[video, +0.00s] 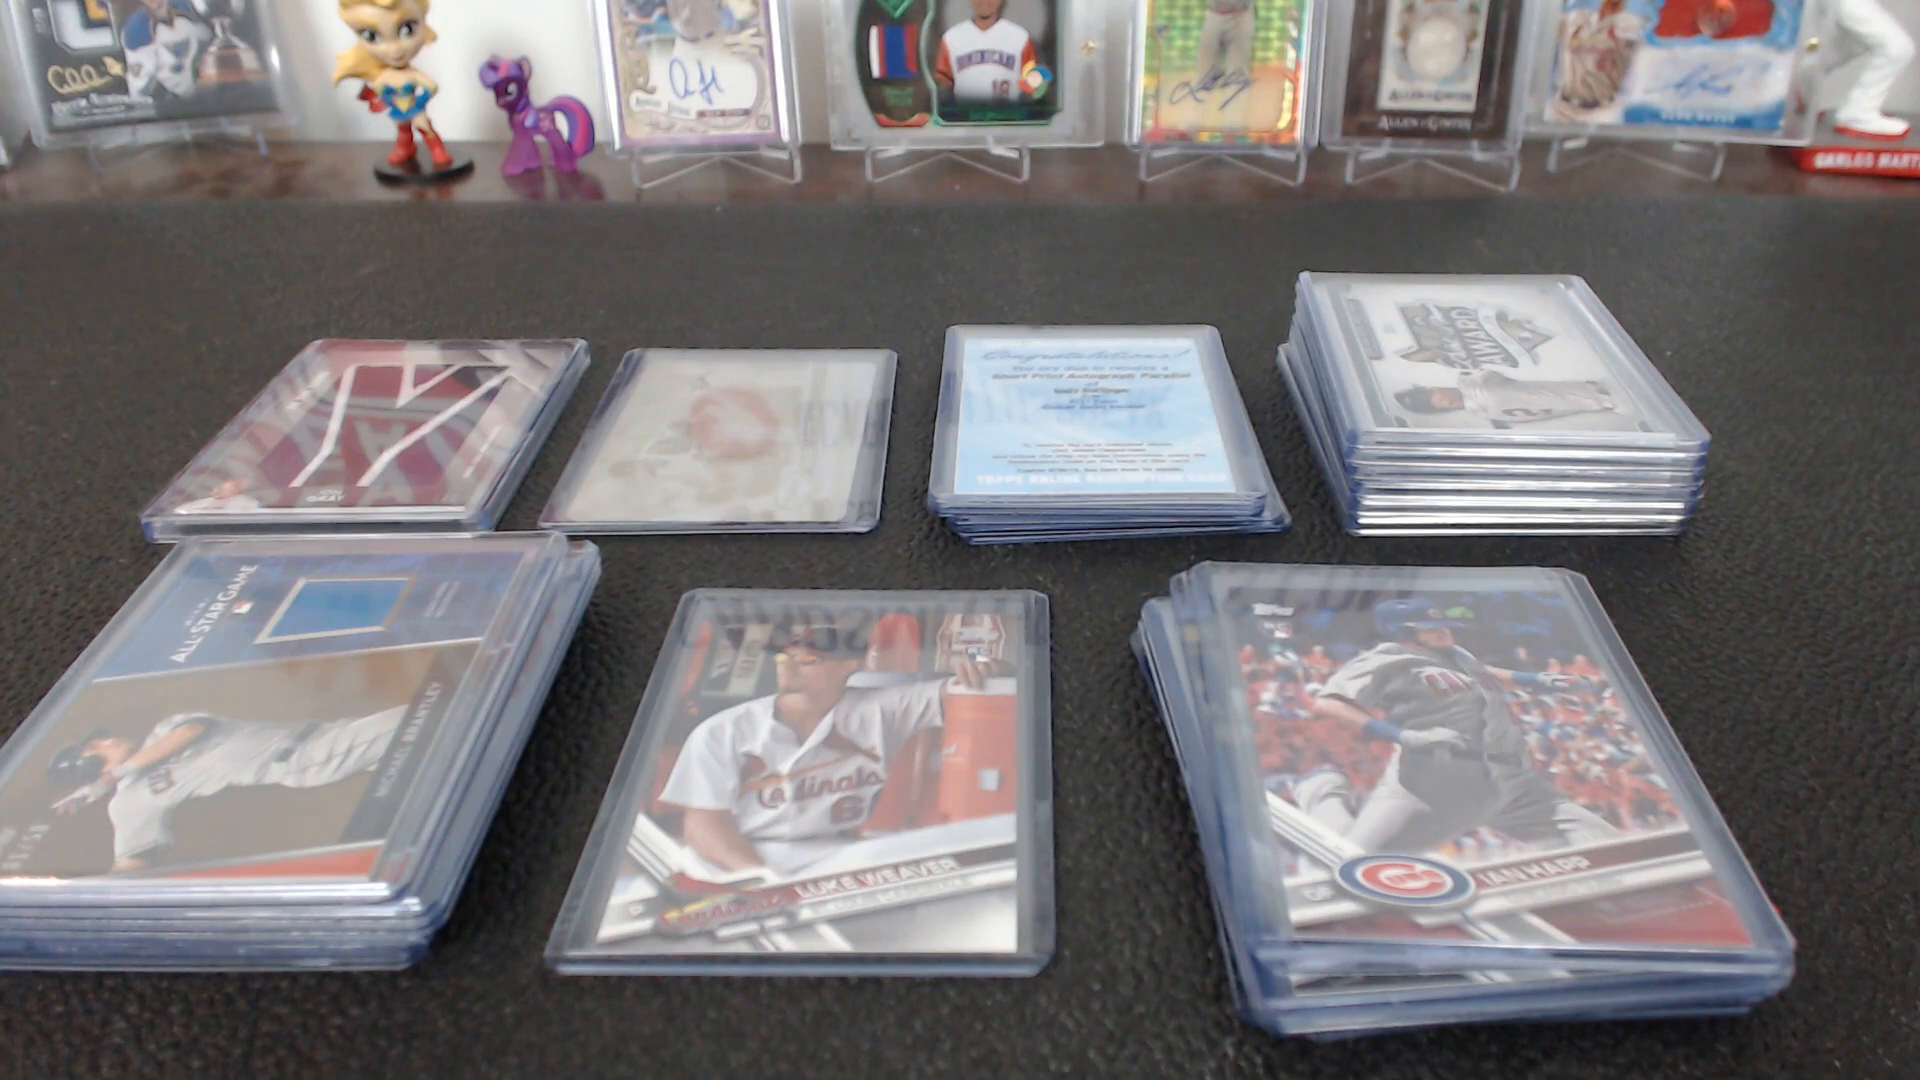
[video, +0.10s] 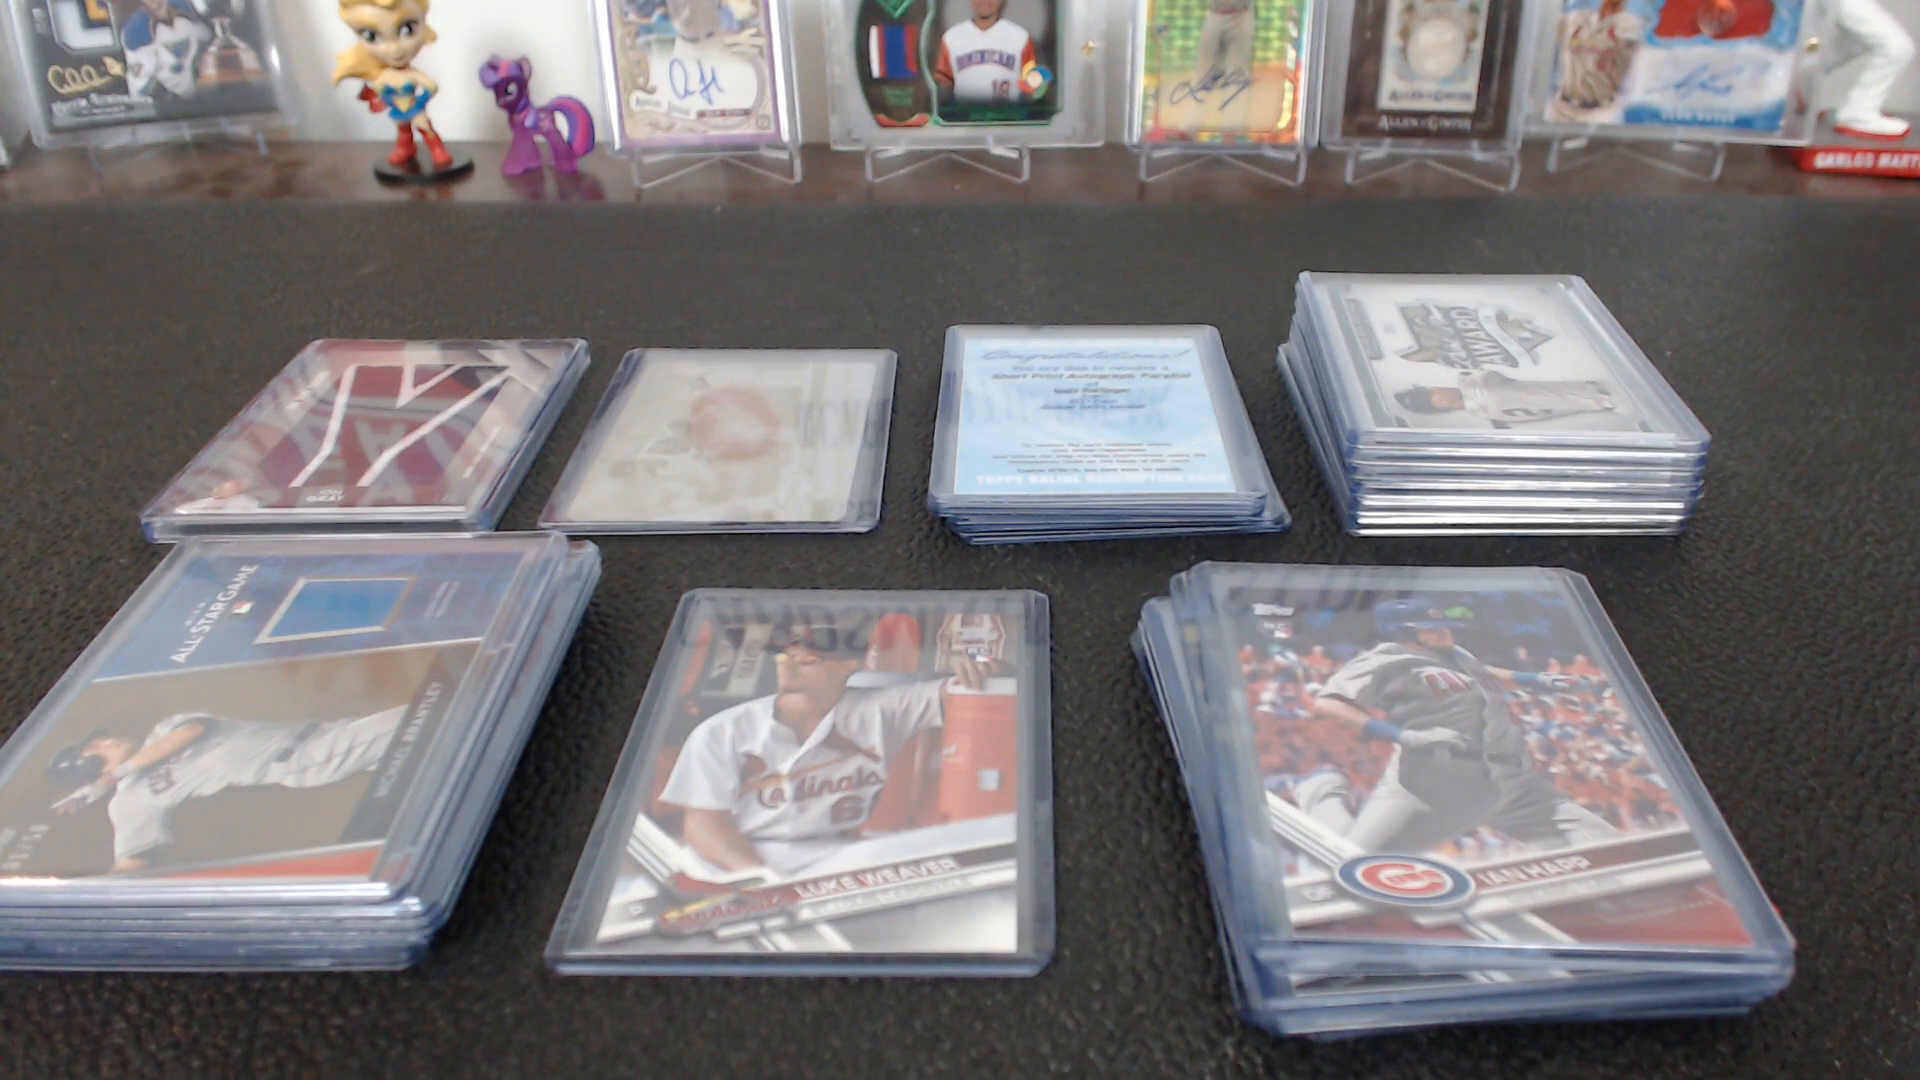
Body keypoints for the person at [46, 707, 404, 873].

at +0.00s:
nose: (111, 741)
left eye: (101, 740)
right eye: (101, 747)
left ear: (108, 741)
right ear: (100, 771)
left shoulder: (161, 728)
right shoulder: (131, 798)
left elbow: (193, 732)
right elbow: (129, 870)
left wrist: (117, 775)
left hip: (312, 733)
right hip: (299, 760)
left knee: (416, 721)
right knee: (414, 717)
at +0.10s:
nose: (112, 740)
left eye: (101, 739)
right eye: (101, 746)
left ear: (108, 742)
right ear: (100, 770)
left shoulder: (161, 728)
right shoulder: (131, 799)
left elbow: (193, 732)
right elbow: (129, 871)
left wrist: (118, 775)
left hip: (311, 733)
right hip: (298, 760)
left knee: (416, 721)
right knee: (414, 717)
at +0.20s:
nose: (111, 741)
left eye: (101, 739)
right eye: (101, 747)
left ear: (109, 741)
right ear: (100, 771)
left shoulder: (161, 729)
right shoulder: (131, 799)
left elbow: (193, 732)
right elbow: (129, 870)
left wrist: (118, 774)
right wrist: (90, 903)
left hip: (310, 732)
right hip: (297, 760)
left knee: (415, 722)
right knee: (413, 718)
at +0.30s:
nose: (111, 741)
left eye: (101, 739)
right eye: (101, 747)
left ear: (109, 741)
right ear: (100, 771)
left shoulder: (161, 729)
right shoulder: (131, 799)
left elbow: (193, 732)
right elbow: (129, 870)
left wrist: (118, 774)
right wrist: (87, 901)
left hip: (311, 733)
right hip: (298, 760)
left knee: (415, 722)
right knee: (414, 718)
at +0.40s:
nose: (111, 740)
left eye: (101, 739)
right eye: (101, 747)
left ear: (109, 741)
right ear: (100, 771)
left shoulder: (161, 729)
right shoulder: (131, 799)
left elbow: (193, 732)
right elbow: (129, 870)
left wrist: (118, 774)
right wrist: (86, 901)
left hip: (311, 733)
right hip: (298, 760)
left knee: (415, 722)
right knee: (414, 718)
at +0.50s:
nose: (111, 740)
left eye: (101, 739)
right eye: (101, 747)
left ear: (108, 742)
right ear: (100, 771)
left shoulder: (161, 729)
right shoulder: (131, 799)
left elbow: (193, 732)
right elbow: (129, 871)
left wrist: (119, 773)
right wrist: (82, 899)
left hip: (312, 733)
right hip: (299, 760)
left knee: (416, 722)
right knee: (414, 718)